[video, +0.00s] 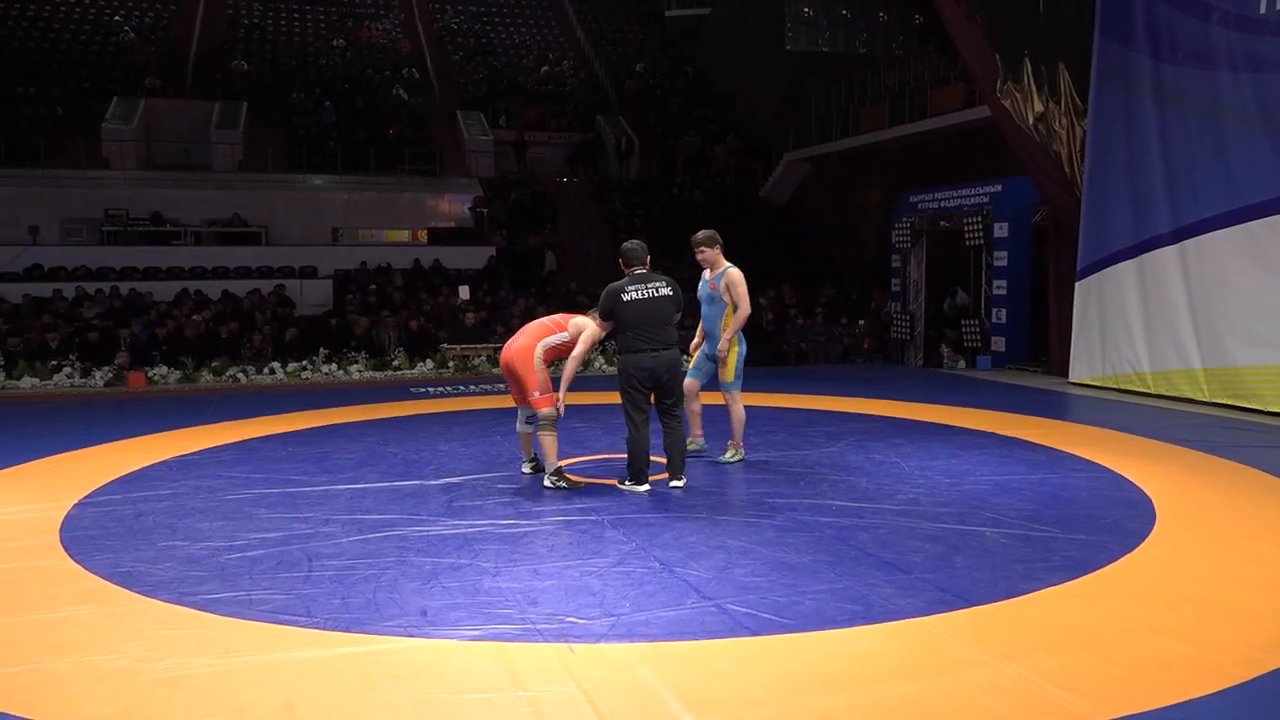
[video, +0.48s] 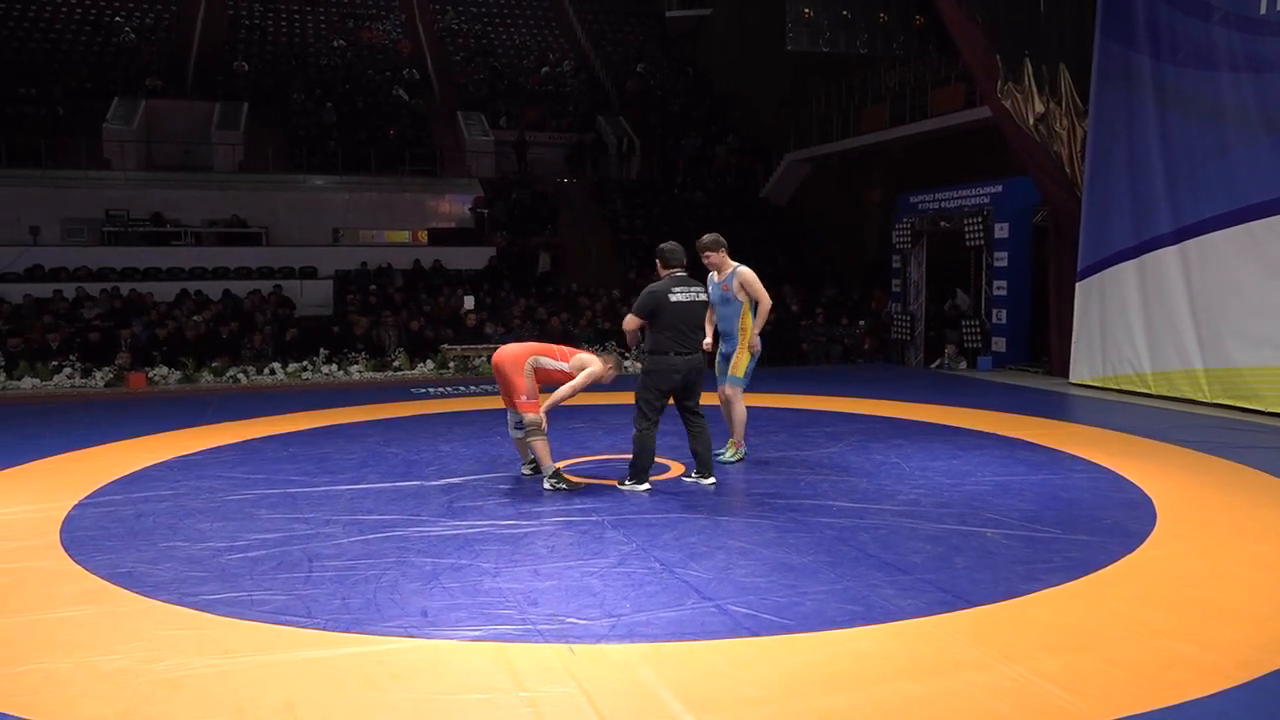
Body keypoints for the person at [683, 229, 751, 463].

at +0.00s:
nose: (699, 256)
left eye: (703, 251)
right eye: (697, 252)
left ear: (717, 249)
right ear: (697, 253)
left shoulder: (732, 274)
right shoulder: (705, 275)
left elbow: (745, 309)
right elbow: (707, 311)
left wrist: (726, 338)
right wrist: (698, 337)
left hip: (729, 343)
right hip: (708, 343)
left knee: (732, 396)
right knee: (689, 388)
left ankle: (737, 446)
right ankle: (696, 439)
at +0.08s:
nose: (702, 257)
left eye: (706, 252)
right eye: (700, 253)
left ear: (720, 249)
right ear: (701, 254)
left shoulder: (736, 274)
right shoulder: (708, 274)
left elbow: (749, 308)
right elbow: (710, 309)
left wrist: (729, 338)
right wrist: (701, 335)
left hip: (732, 343)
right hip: (711, 343)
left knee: (733, 396)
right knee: (695, 391)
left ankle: (737, 446)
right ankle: (712, 435)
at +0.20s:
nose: (706, 263)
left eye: (708, 258)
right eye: (703, 259)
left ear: (722, 252)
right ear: (703, 258)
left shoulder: (741, 274)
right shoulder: (710, 275)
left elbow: (755, 307)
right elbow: (711, 308)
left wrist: (736, 337)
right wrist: (703, 334)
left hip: (734, 344)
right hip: (713, 343)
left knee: (734, 397)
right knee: (710, 395)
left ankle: (739, 446)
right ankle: (730, 433)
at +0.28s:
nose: (706, 262)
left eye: (709, 256)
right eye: (703, 257)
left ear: (723, 251)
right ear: (704, 256)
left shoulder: (742, 274)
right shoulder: (711, 274)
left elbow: (759, 307)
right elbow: (711, 307)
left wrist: (743, 337)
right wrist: (705, 335)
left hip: (736, 344)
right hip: (716, 344)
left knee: (735, 396)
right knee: (717, 395)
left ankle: (739, 446)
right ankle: (733, 439)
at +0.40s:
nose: (706, 260)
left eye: (709, 255)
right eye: (703, 256)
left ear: (722, 251)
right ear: (704, 256)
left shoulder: (743, 273)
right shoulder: (711, 275)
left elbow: (763, 303)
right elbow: (712, 306)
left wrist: (752, 334)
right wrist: (706, 334)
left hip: (739, 343)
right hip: (720, 342)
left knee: (735, 393)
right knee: (722, 393)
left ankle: (738, 445)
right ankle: (735, 440)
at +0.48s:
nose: (706, 261)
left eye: (709, 256)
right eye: (703, 257)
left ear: (722, 252)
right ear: (704, 258)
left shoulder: (743, 274)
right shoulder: (712, 277)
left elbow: (765, 301)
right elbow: (712, 310)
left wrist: (755, 333)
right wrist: (709, 335)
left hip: (743, 343)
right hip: (724, 343)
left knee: (733, 392)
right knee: (723, 392)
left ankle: (739, 445)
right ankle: (735, 440)